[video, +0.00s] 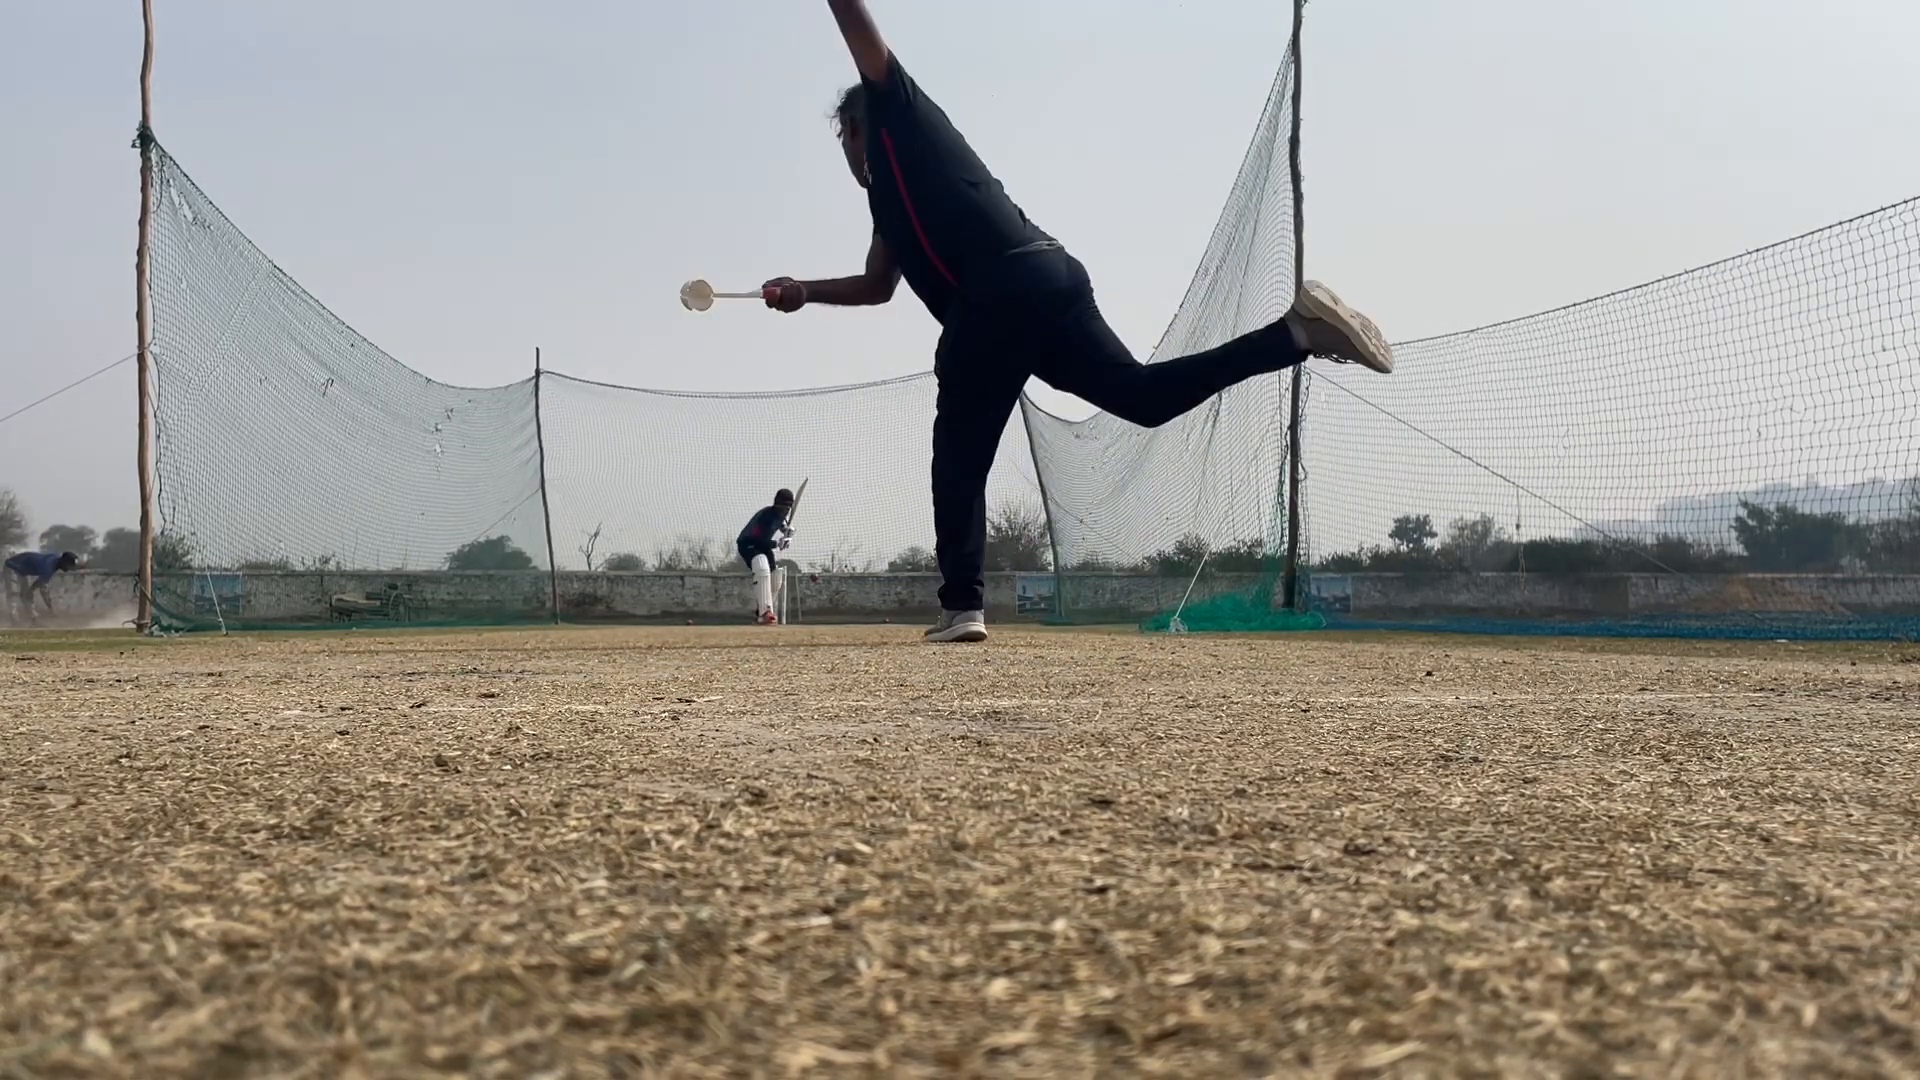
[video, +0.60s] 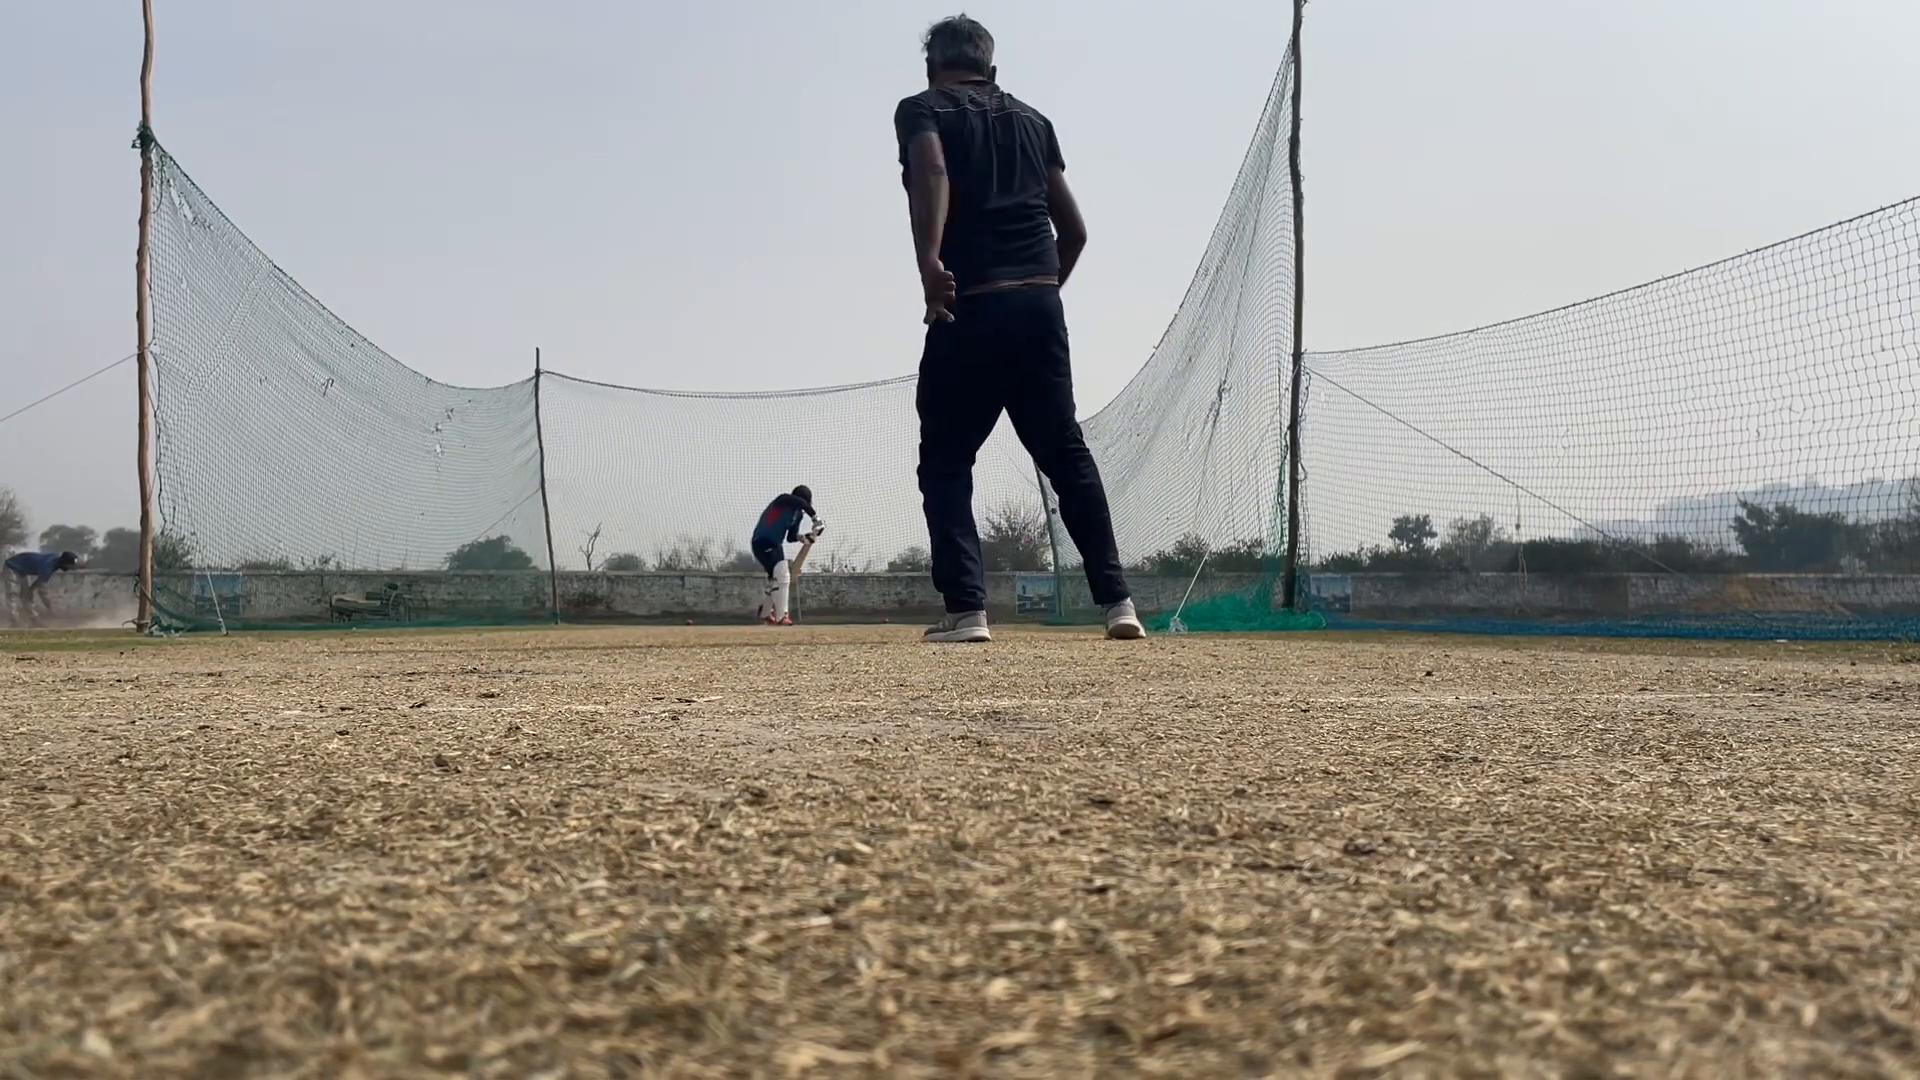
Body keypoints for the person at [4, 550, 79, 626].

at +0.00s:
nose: (68, 569)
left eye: (70, 567)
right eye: (69, 566)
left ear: (63, 559)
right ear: (64, 562)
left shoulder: (55, 561)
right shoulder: (49, 569)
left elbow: (44, 588)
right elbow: (32, 589)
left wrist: (51, 609)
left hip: (21, 570)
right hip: (11, 568)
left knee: (26, 593)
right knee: (13, 595)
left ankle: (33, 618)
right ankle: (14, 620)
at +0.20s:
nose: (67, 569)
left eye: (70, 567)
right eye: (68, 566)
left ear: (63, 559)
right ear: (64, 562)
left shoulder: (55, 560)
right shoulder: (48, 570)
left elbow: (45, 591)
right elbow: (30, 590)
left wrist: (51, 609)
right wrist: (30, 607)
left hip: (21, 571)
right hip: (11, 568)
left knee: (26, 594)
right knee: (13, 596)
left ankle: (34, 619)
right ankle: (15, 621)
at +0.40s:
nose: (67, 569)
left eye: (69, 567)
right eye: (67, 566)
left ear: (63, 559)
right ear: (63, 562)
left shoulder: (54, 560)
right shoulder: (48, 568)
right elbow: (41, 591)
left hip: (21, 570)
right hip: (10, 568)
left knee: (26, 595)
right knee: (12, 596)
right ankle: (14, 621)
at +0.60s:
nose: (68, 569)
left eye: (70, 567)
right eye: (68, 566)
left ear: (63, 559)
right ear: (64, 562)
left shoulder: (54, 562)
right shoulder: (48, 567)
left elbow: (41, 587)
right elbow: (41, 589)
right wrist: (50, 608)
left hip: (21, 571)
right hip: (11, 568)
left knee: (26, 597)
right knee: (13, 598)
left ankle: (34, 619)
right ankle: (15, 622)